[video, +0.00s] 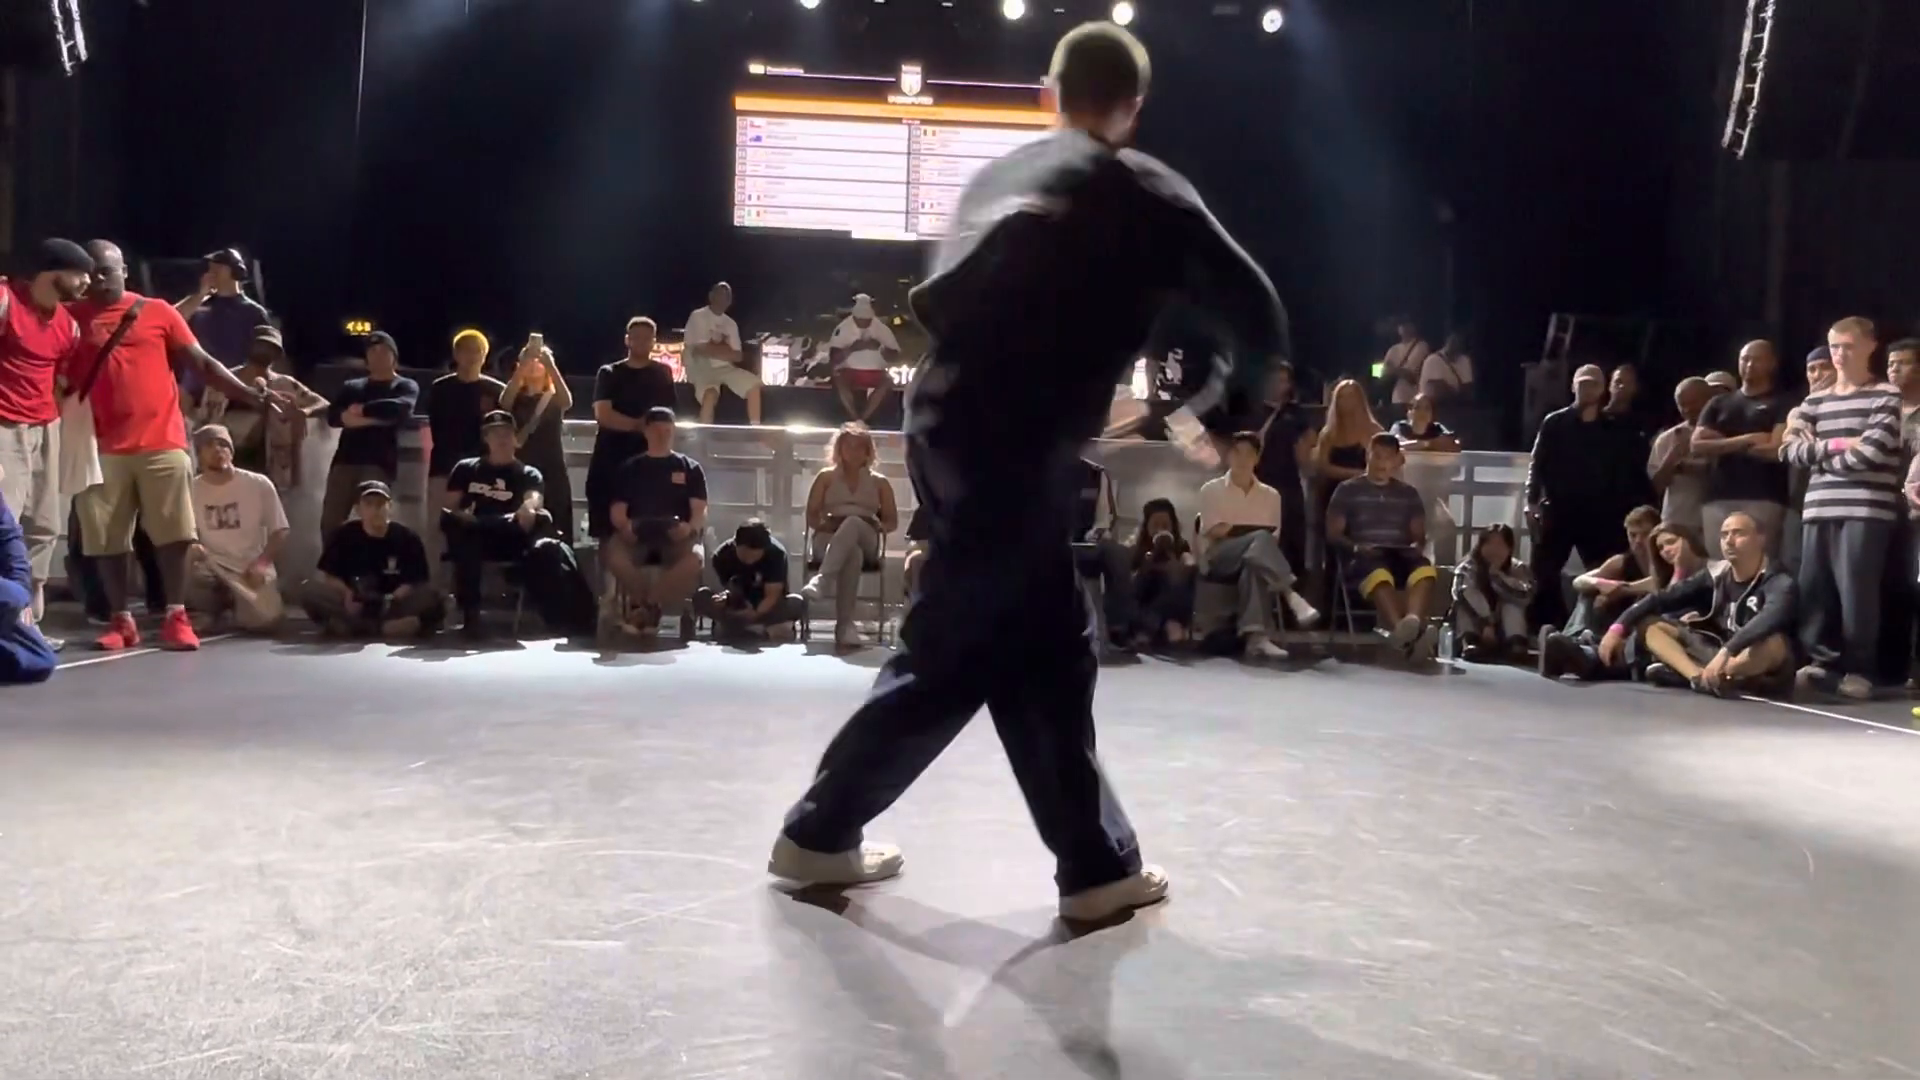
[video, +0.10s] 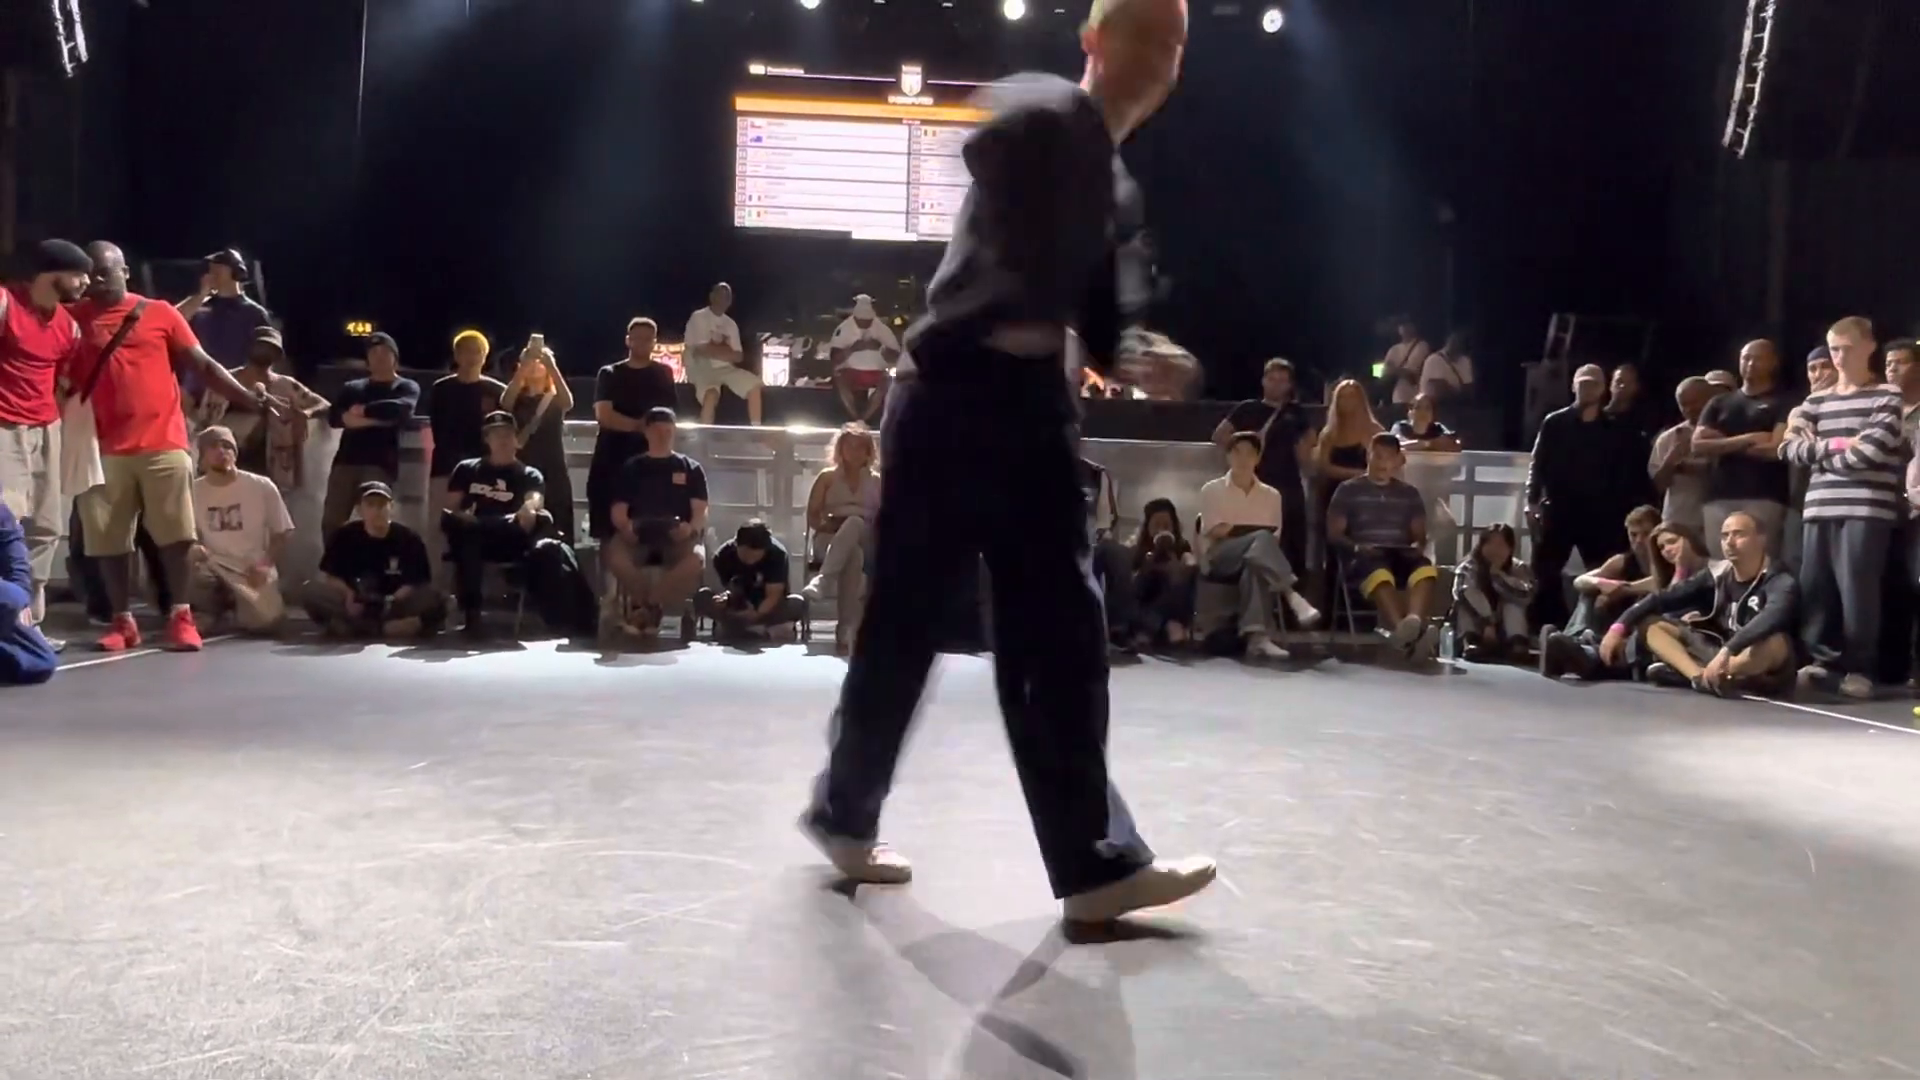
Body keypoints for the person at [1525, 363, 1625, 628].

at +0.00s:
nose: (1585, 388)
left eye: (1591, 383)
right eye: (1580, 383)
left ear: (1603, 389)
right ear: (1572, 388)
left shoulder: (1615, 426)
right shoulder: (1555, 422)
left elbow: (1630, 470)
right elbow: (1537, 464)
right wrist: (1531, 501)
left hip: (1601, 511)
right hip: (1559, 510)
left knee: (1609, 576)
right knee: (1544, 570)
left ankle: (1610, 633)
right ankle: (1549, 628)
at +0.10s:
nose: (1584, 388)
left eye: (1590, 383)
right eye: (1580, 383)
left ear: (1603, 390)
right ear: (1572, 388)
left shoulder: (1616, 426)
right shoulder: (1555, 422)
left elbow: (1629, 470)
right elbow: (1538, 464)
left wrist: (1628, 507)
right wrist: (1532, 501)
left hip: (1602, 511)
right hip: (1560, 510)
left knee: (1608, 576)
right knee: (1545, 569)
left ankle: (1609, 632)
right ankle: (1551, 627)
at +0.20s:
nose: (1589, 388)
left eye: (1595, 383)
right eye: (1584, 383)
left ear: (1605, 389)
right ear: (1574, 388)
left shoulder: (1618, 426)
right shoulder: (1555, 424)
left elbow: (1633, 471)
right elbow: (1539, 466)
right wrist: (1532, 502)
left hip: (1604, 511)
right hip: (1561, 511)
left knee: (1612, 574)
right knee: (1545, 570)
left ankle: (1613, 632)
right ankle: (1553, 628)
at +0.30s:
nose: (1588, 389)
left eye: (1593, 385)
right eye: (1583, 384)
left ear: (1605, 390)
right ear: (1574, 389)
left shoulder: (1618, 427)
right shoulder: (1557, 424)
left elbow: (1632, 471)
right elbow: (1540, 465)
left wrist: (1632, 508)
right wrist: (1534, 503)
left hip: (1604, 512)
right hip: (1562, 512)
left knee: (1612, 578)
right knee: (1546, 572)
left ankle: (1614, 636)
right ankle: (1552, 631)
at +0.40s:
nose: (1591, 388)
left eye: (1596, 383)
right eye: (1585, 383)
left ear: (1606, 389)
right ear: (1576, 388)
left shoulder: (1618, 425)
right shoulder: (1558, 422)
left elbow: (1629, 468)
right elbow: (1541, 464)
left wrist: (1627, 506)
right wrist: (1536, 501)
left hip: (1605, 511)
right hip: (1563, 510)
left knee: (1614, 576)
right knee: (1548, 571)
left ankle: (1613, 634)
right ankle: (1552, 629)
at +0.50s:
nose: (1591, 386)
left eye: (1597, 381)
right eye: (1586, 381)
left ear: (1607, 387)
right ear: (1576, 386)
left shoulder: (1619, 423)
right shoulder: (1559, 420)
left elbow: (1630, 465)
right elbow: (1542, 462)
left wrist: (1629, 503)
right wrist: (1537, 499)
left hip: (1605, 508)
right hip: (1563, 507)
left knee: (1615, 571)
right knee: (1549, 567)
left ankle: (1617, 630)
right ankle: (1554, 626)